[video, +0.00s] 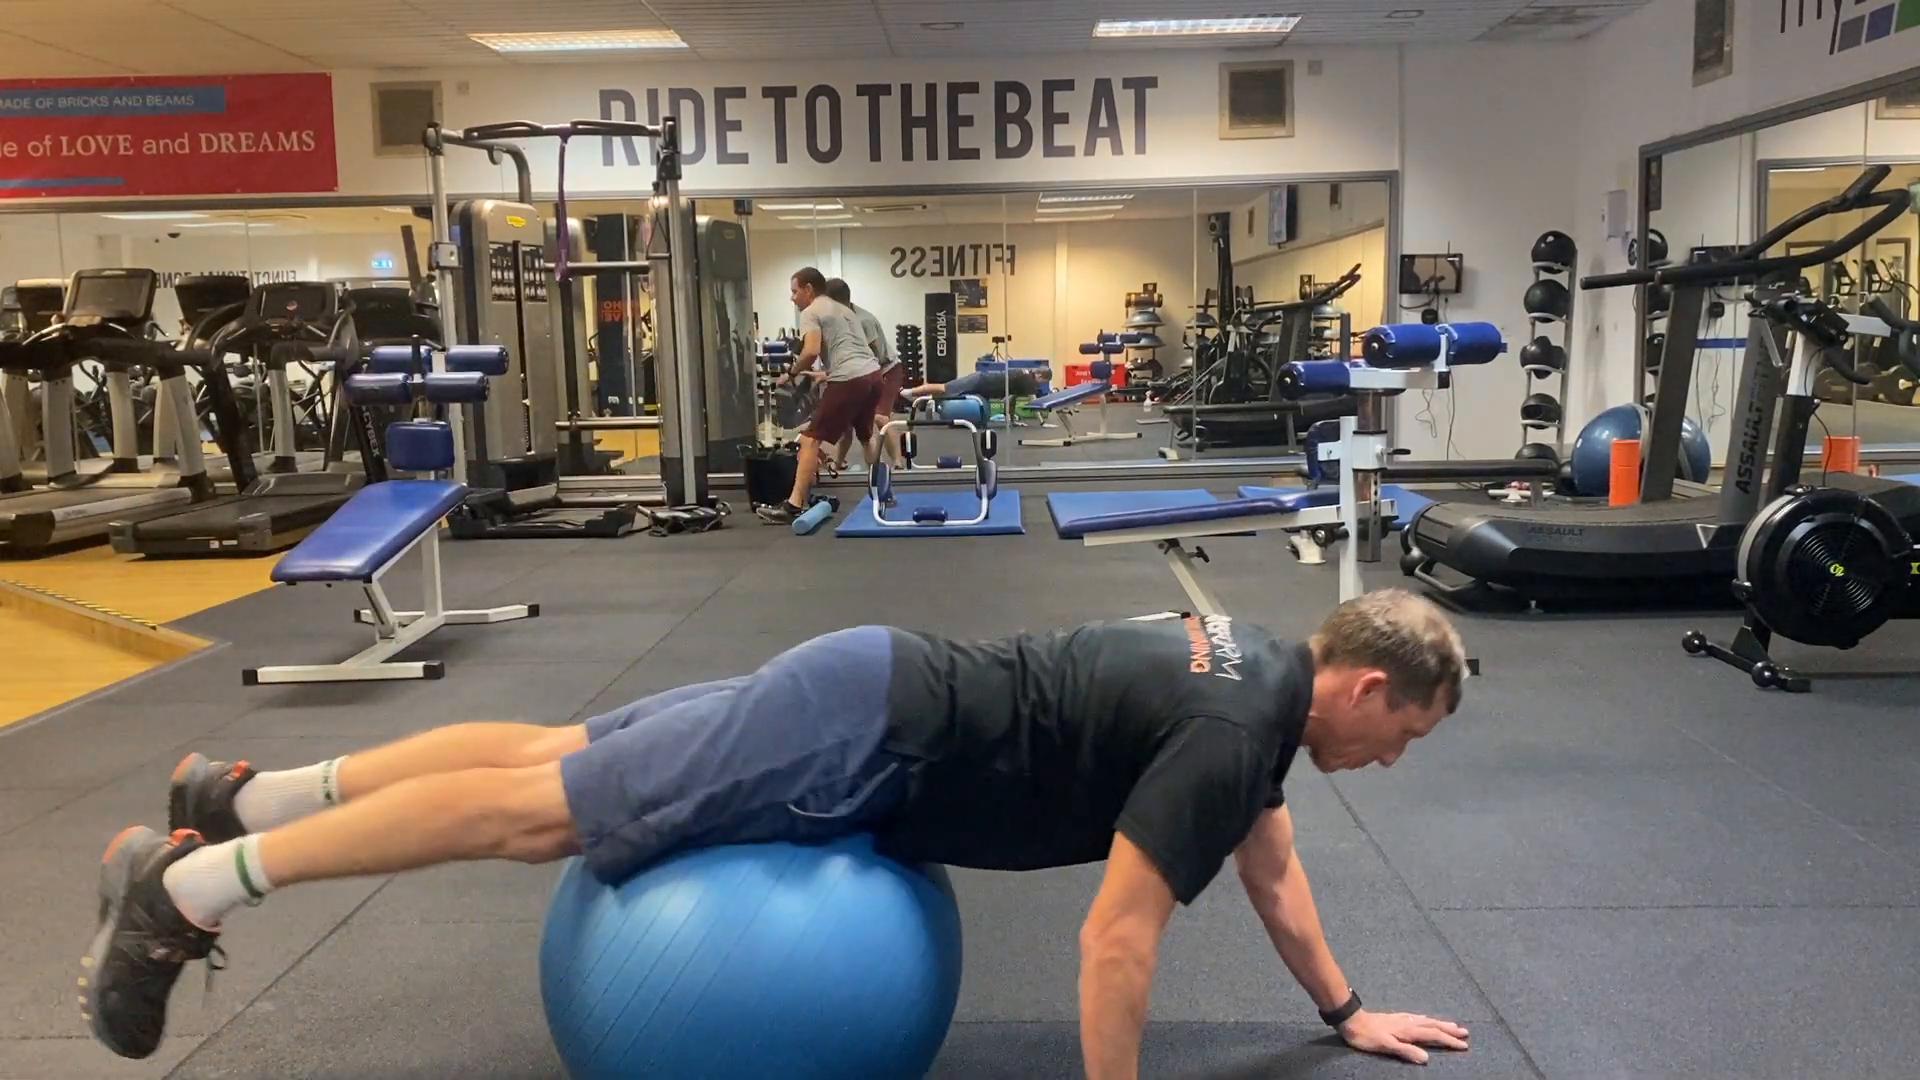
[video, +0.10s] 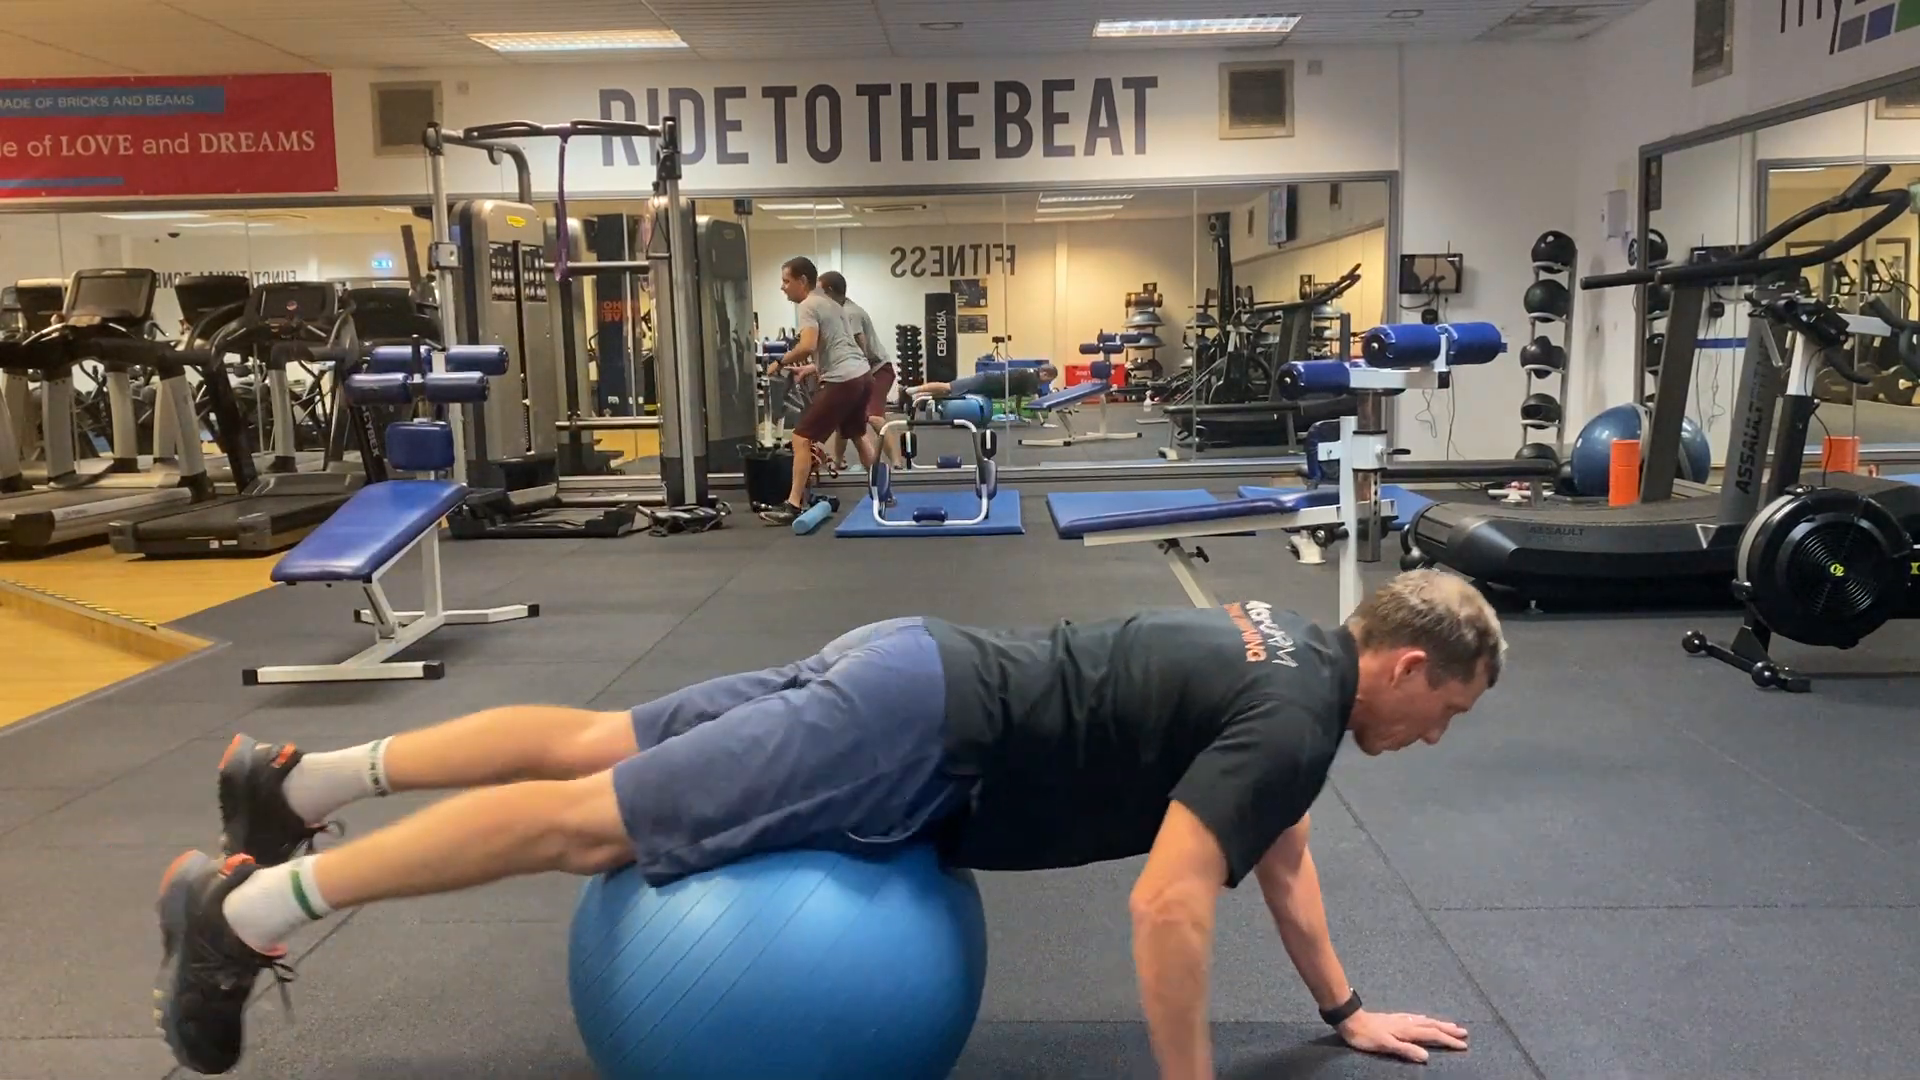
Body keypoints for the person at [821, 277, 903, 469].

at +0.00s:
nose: (830, 306)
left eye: (831, 301)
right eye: (829, 302)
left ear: (841, 299)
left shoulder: (863, 318)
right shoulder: (838, 320)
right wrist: (826, 371)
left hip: (889, 367)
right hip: (866, 369)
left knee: (880, 416)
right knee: (848, 419)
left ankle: (898, 461)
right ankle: (839, 463)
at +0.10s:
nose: (818, 294)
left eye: (820, 290)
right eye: (818, 290)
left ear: (830, 290)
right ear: (837, 289)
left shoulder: (850, 311)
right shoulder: (837, 310)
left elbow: (860, 349)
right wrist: (812, 367)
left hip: (879, 367)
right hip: (861, 368)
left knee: (873, 415)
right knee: (843, 416)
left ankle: (897, 462)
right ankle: (838, 462)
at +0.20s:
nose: (817, 287)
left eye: (818, 283)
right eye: (817, 283)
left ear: (825, 284)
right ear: (836, 283)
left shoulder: (838, 306)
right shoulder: (840, 303)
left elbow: (846, 345)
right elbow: (844, 342)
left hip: (867, 366)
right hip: (859, 366)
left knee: (868, 415)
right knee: (836, 415)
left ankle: (894, 462)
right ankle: (835, 461)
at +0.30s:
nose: (811, 284)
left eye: (812, 280)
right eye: (811, 280)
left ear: (819, 281)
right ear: (832, 281)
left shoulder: (828, 303)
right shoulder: (840, 301)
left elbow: (832, 340)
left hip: (850, 363)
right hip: (853, 361)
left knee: (852, 417)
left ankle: (888, 456)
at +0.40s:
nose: (807, 285)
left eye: (808, 280)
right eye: (807, 280)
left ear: (815, 279)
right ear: (828, 279)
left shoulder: (818, 302)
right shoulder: (841, 302)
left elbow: (818, 339)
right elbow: (847, 336)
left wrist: (814, 363)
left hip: (839, 362)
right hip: (854, 360)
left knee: (829, 417)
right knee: (836, 417)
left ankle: (871, 439)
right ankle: (835, 462)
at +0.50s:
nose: (803, 285)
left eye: (803, 281)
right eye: (802, 281)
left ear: (811, 279)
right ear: (825, 279)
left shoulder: (812, 302)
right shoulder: (841, 302)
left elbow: (811, 337)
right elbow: (850, 335)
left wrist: (810, 362)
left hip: (831, 361)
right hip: (851, 362)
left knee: (812, 413)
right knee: (835, 416)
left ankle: (853, 434)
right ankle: (836, 462)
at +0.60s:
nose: (799, 286)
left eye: (799, 281)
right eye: (799, 281)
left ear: (806, 279)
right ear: (819, 278)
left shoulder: (806, 301)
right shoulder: (838, 302)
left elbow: (805, 337)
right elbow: (849, 335)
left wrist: (802, 359)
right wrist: (836, 347)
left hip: (822, 360)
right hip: (845, 360)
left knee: (809, 408)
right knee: (833, 414)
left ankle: (829, 438)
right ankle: (835, 461)